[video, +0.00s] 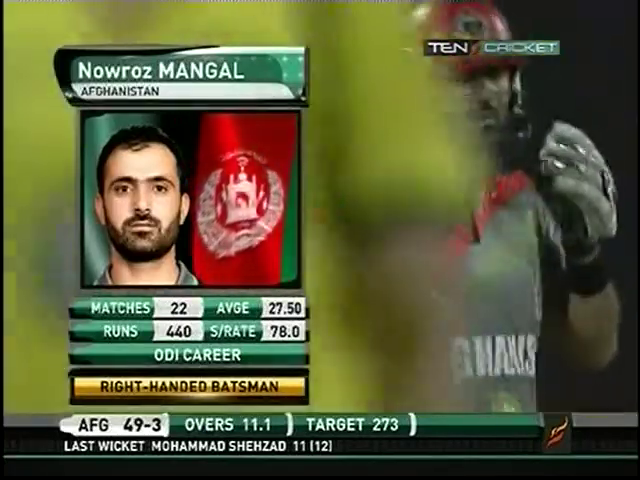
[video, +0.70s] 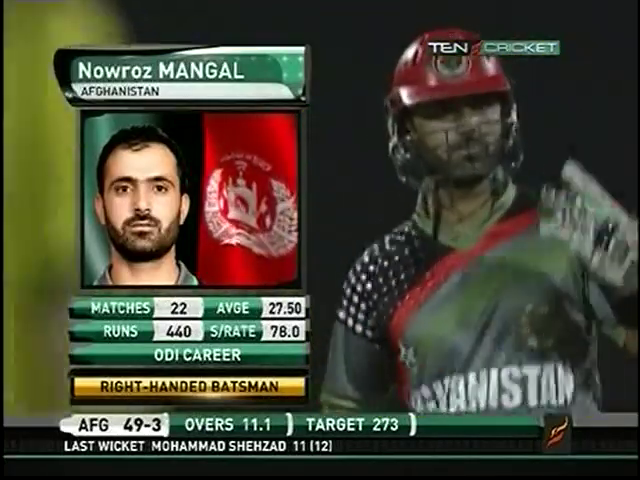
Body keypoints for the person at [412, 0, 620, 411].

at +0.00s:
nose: (485, 93)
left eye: (495, 73)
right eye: (464, 78)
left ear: (513, 83)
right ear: (420, 88)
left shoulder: (526, 204)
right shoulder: (390, 206)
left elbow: (593, 354)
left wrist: (587, 250)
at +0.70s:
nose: (470, 126)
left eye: (483, 106)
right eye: (443, 112)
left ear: (507, 116)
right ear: (405, 134)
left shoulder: (570, 231)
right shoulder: (380, 270)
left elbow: (632, 344)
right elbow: (345, 420)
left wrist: (628, 285)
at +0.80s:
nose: (468, 144)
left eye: (480, 122)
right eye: (443, 131)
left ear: (510, 127)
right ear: (411, 152)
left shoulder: (583, 236)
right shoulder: (401, 274)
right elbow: (367, 422)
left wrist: (617, 321)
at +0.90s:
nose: (447, 177)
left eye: (459, 152)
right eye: (428, 164)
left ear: (504, 141)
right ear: (411, 177)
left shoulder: (598, 243)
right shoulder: (425, 285)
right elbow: (398, 418)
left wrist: (628, 380)